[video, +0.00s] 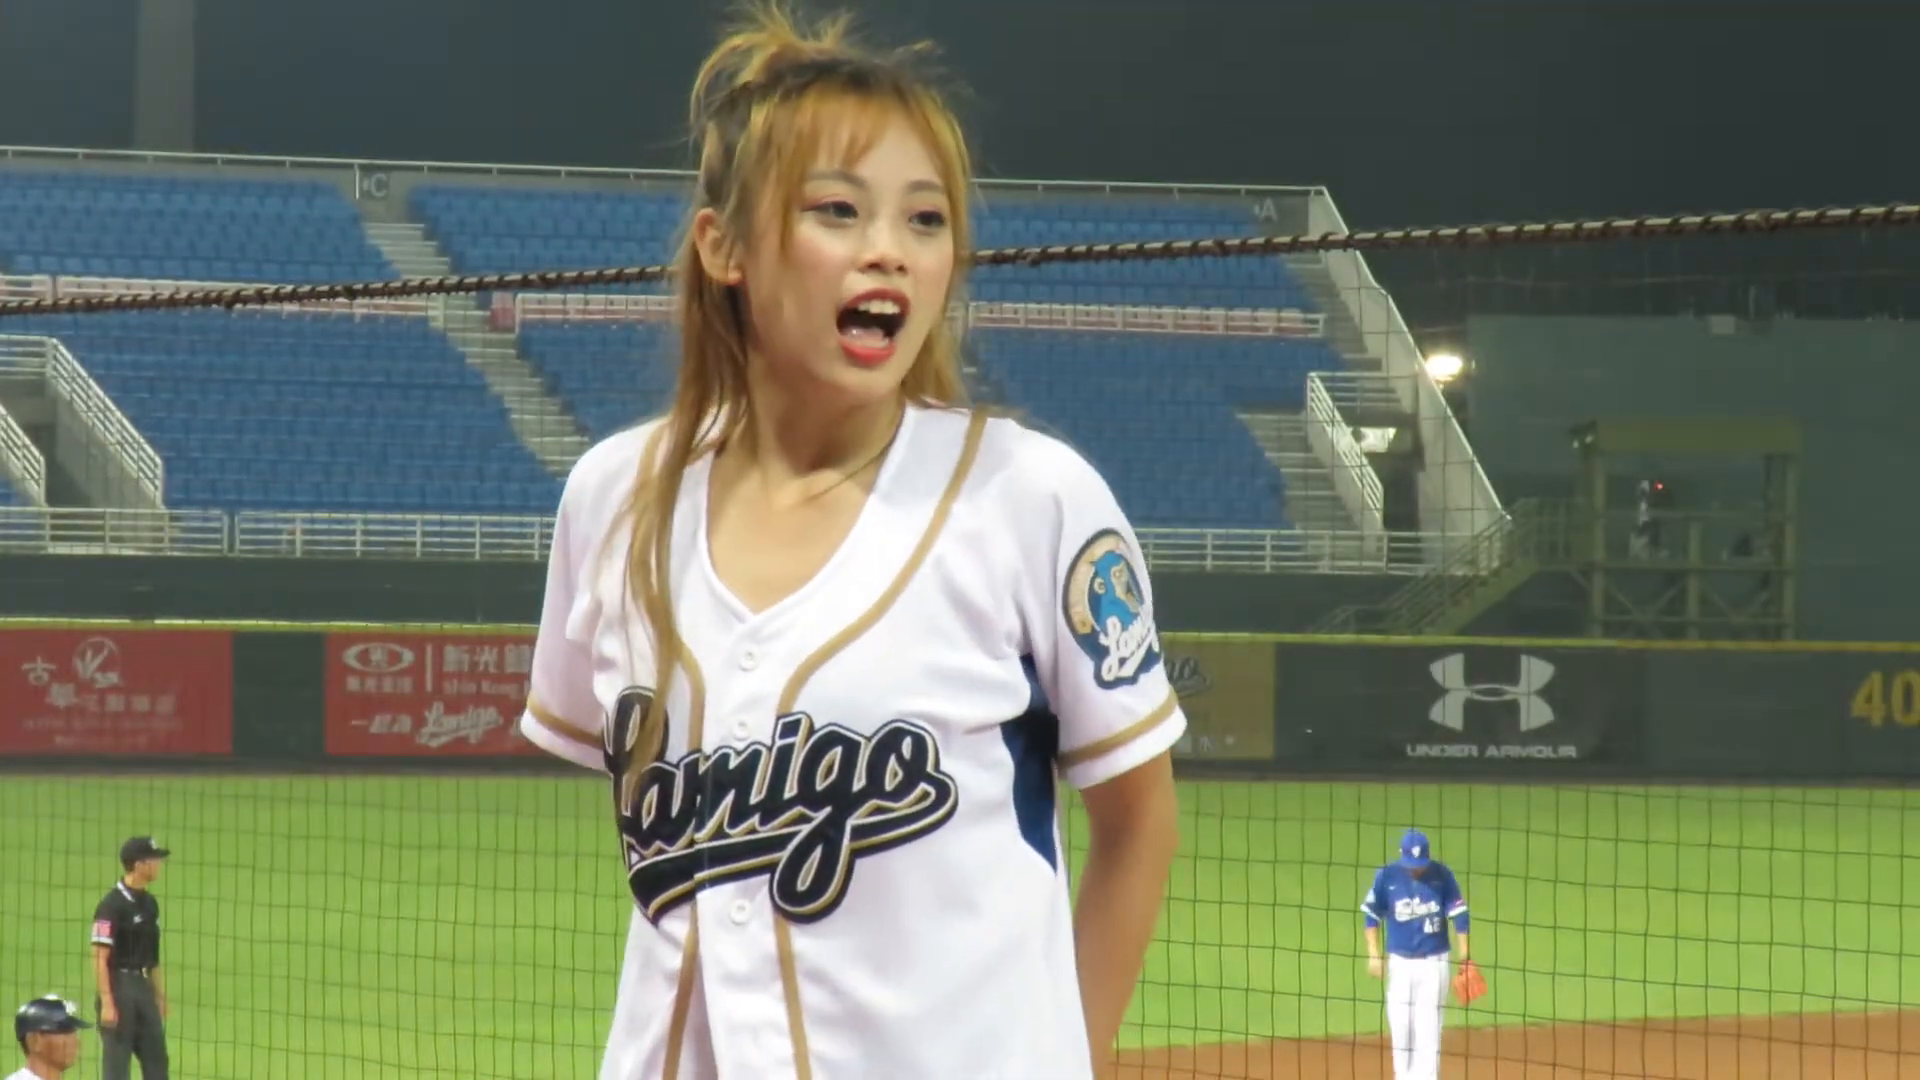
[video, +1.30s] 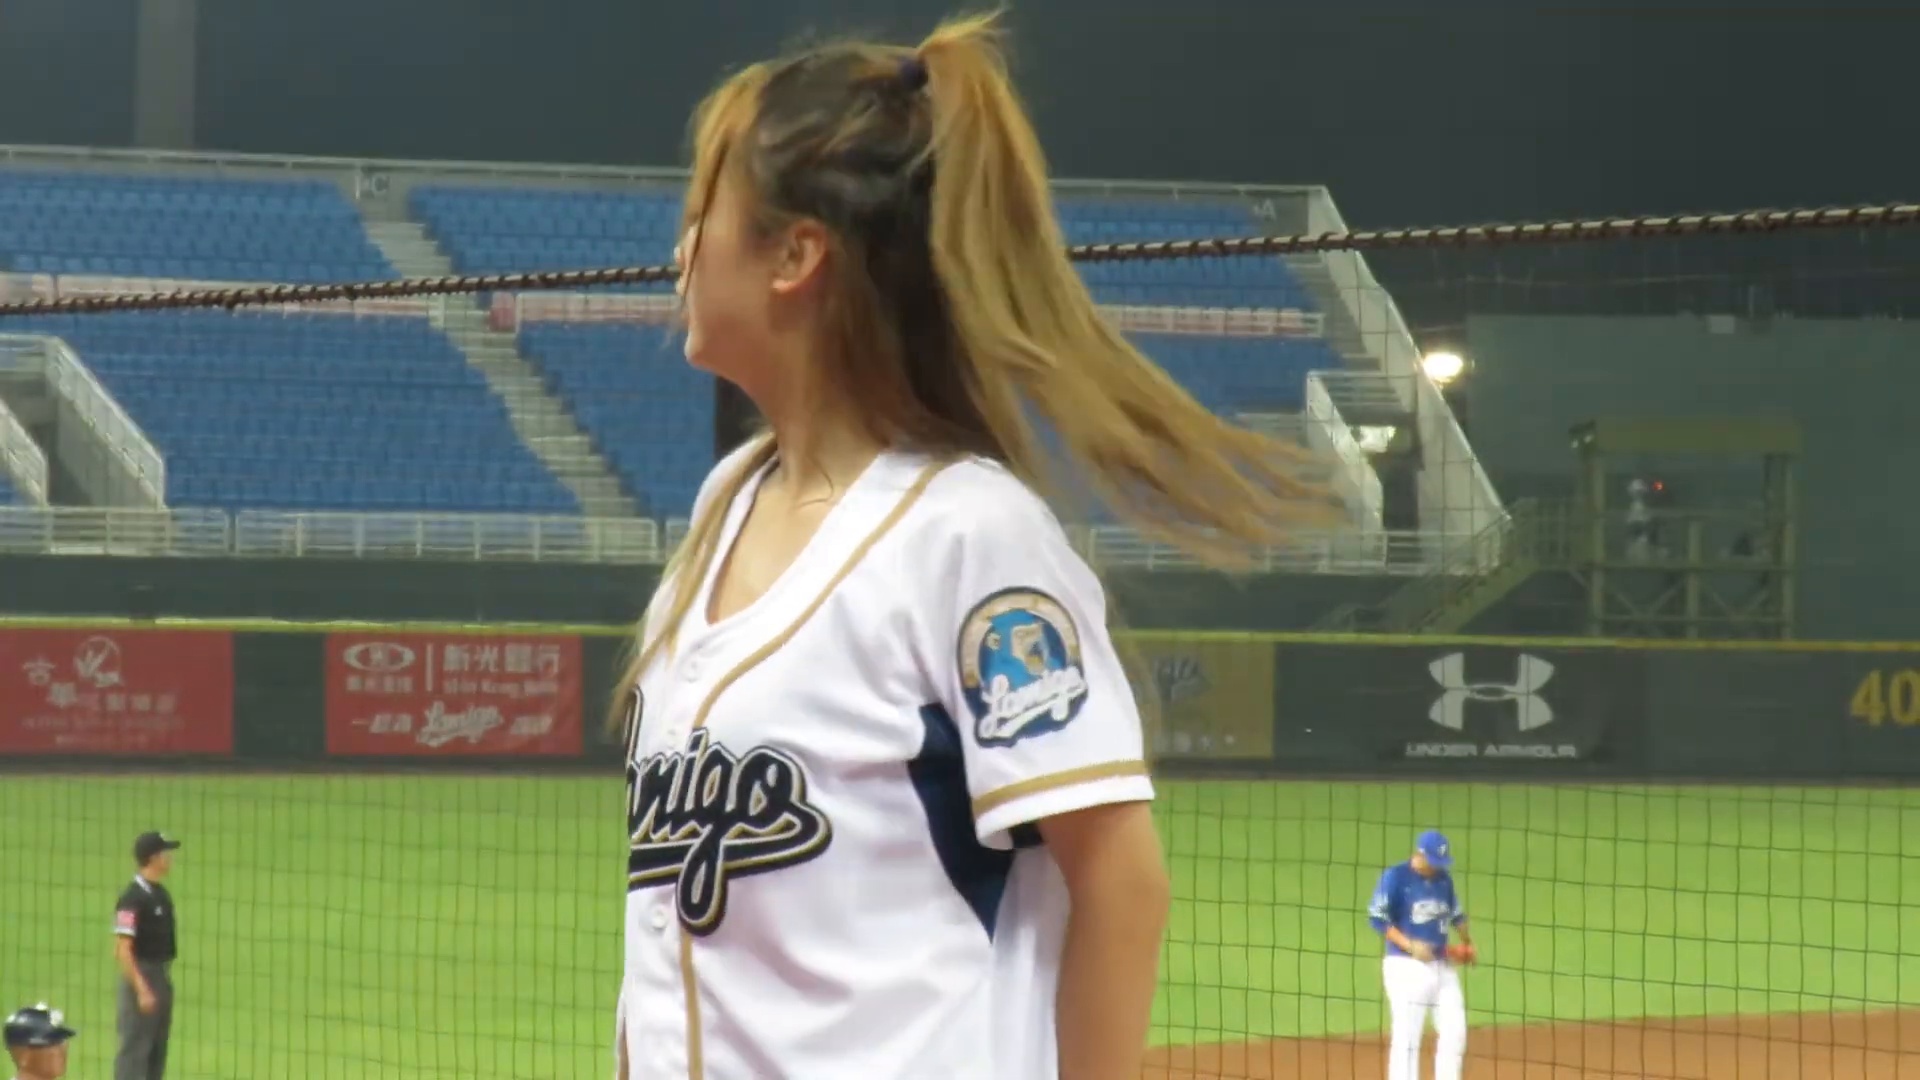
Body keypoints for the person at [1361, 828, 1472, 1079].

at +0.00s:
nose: (1416, 870)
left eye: (1420, 865)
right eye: (1411, 865)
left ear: (1428, 857)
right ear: (1402, 858)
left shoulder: (1441, 875)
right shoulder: (1387, 876)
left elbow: (1460, 916)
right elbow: (1371, 914)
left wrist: (1464, 959)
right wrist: (1374, 955)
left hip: (1434, 963)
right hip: (1399, 963)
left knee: (1428, 1028)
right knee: (1400, 1027)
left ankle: (1427, 1075)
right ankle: (1402, 1075)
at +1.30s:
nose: (1436, 869)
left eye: (1439, 865)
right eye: (1433, 864)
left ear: (1442, 860)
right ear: (1419, 855)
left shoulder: (1443, 879)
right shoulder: (1394, 877)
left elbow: (1456, 916)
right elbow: (1377, 918)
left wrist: (1467, 943)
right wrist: (1410, 945)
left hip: (1441, 964)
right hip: (1405, 965)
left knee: (1454, 1036)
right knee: (1406, 1040)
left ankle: (1447, 1076)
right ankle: (1403, 1077)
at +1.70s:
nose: (1460, 863)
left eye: (1463, 858)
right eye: (1455, 857)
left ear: (1467, 856)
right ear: (1441, 852)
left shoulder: (1470, 882)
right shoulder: (1420, 877)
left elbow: (1480, 925)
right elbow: (1405, 917)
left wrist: (1469, 923)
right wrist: (1446, 923)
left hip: (1460, 967)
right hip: (1425, 966)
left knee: (1464, 1044)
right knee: (1421, 1043)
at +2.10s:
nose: (1476, 850)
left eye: (1480, 845)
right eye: (1471, 844)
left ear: (1484, 849)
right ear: (1458, 847)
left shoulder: (1489, 882)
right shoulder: (1439, 877)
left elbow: (1507, 925)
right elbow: (1420, 917)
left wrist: (1500, 912)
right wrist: (1451, 911)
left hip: (1481, 967)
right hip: (1447, 965)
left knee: (1476, 1041)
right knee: (1451, 1038)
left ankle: (1472, 1077)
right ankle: (1447, 1077)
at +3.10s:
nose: (1447, 846)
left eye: (1452, 840)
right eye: (1441, 840)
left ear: (1459, 845)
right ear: (1431, 845)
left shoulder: (1472, 881)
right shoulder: (1415, 879)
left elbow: (1485, 919)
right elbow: (1403, 918)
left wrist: (1471, 939)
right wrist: (1432, 937)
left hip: (1464, 967)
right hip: (1427, 966)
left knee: (1465, 1042)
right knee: (1423, 1040)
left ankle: (1464, 1077)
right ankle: (1413, 1076)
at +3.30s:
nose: (1436, 845)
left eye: (1441, 840)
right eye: (1430, 840)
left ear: (1447, 845)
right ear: (1419, 845)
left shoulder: (1460, 881)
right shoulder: (1403, 879)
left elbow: (1470, 927)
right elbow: (1388, 921)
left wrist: (1467, 962)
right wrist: (1397, 956)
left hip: (1452, 967)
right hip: (1416, 968)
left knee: (1457, 1045)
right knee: (1412, 1043)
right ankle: (1409, 1078)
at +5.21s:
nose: (1434, 847)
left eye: (1435, 842)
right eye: (1429, 841)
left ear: (1435, 844)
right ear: (1414, 841)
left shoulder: (1440, 875)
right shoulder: (1390, 873)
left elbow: (1450, 922)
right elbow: (1379, 919)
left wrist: (1461, 960)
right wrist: (1382, 958)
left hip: (1434, 961)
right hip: (1399, 960)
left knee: (1440, 1034)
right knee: (1399, 1035)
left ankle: (1442, 1076)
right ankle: (1399, 1076)